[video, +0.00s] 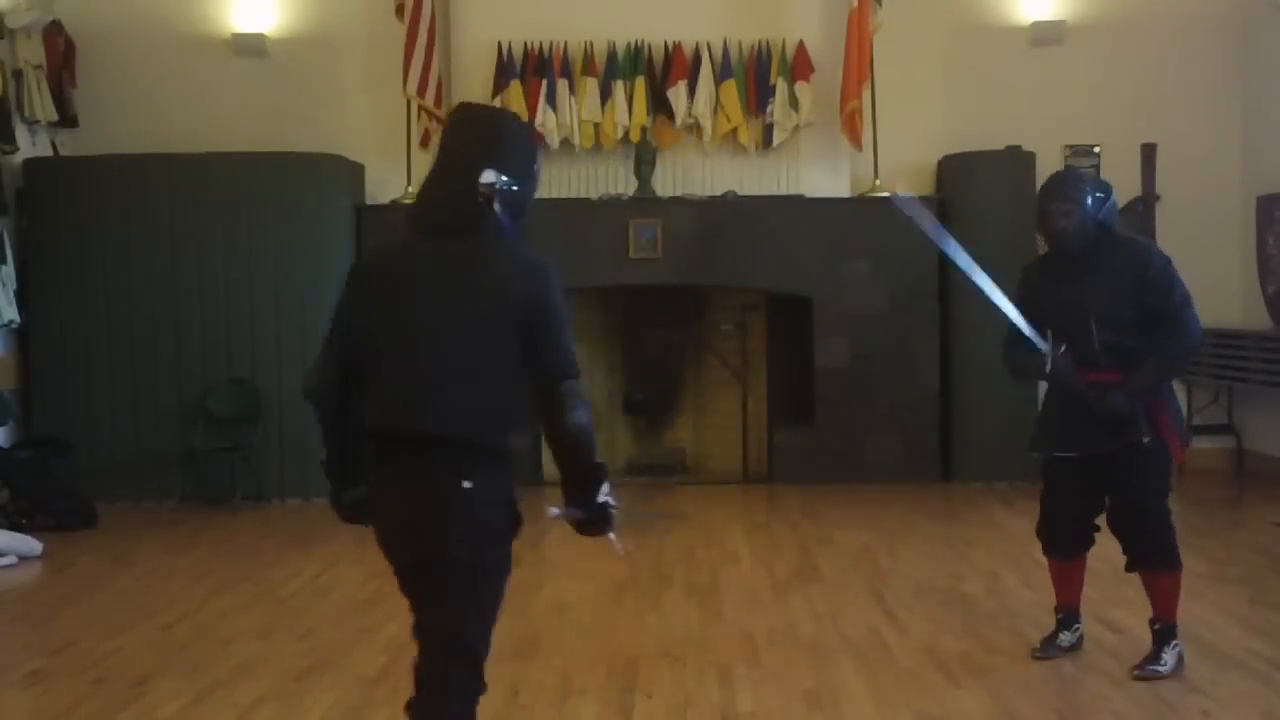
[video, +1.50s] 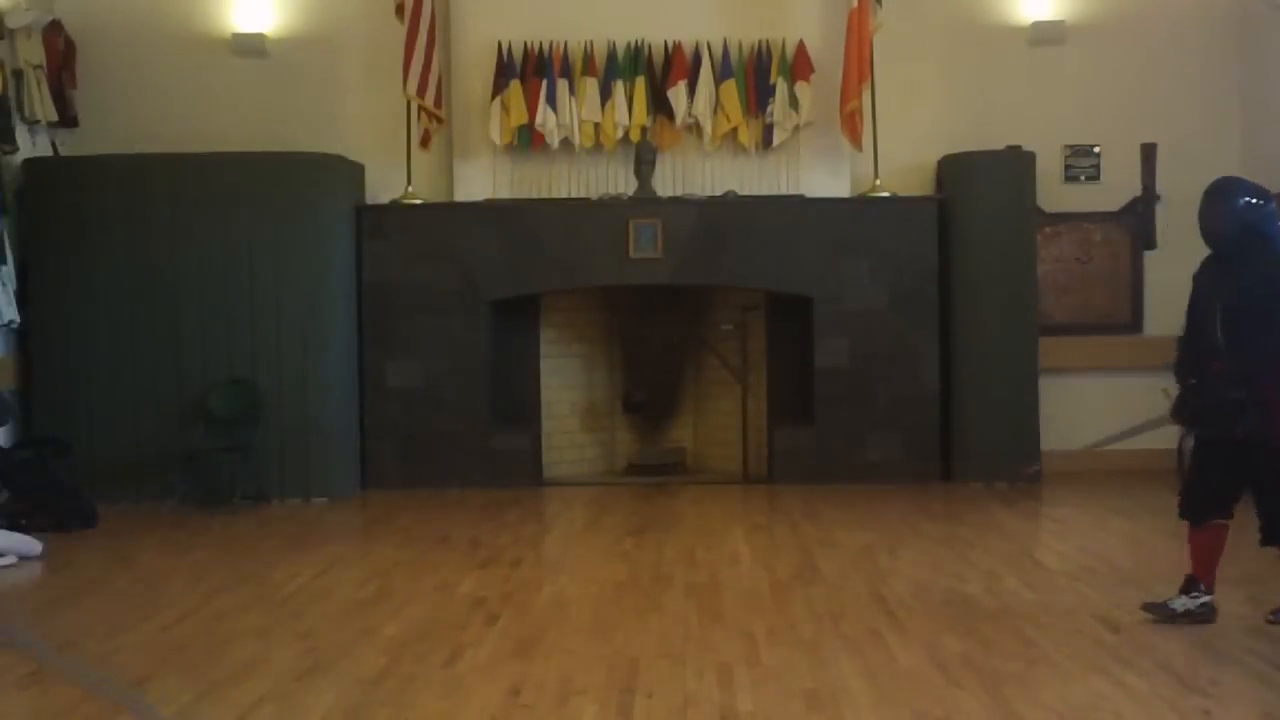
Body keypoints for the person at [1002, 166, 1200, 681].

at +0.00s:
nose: (1050, 225)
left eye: (1061, 214)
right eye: (1045, 214)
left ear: (1094, 213)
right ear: (1040, 217)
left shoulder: (1140, 261)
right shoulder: (1040, 274)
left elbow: (1185, 337)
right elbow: (1017, 357)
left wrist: (1131, 391)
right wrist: (1035, 359)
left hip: (1139, 423)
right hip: (1071, 421)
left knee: (1146, 526)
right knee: (1061, 524)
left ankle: (1166, 640)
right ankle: (1067, 626)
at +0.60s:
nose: (1103, 225)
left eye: (1114, 215)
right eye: (1099, 215)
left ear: (1144, 215)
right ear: (1097, 217)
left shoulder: (1188, 270)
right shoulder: (1092, 271)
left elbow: (1222, 351)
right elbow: (1071, 347)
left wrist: (1157, 393)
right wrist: (1078, 405)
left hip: (1167, 420)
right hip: (1106, 418)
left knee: (1157, 526)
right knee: (1101, 514)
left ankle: (1165, 639)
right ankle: (1131, 585)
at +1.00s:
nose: (1124, 230)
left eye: (1133, 219)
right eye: (1119, 220)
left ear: (1161, 216)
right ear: (1116, 224)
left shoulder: (1205, 267)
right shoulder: (1115, 279)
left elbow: (1223, 345)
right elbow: (1099, 350)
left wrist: (1170, 397)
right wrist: (1097, 402)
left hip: (1195, 415)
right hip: (1134, 415)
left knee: (1198, 512)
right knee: (1125, 512)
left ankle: (1221, 613)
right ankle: (1147, 607)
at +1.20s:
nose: (1145, 230)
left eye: (1152, 219)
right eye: (1144, 221)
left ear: (1180, 217)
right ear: (1153, 224)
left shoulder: (1230, 266)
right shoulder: (1152, 280)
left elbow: (1237, 343)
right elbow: (1137, 346)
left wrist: (1179, 380)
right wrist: (1123, 392)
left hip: (1230, 404)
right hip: (1171, 405)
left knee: (1241, 500)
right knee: (1147, 502)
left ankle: (1279, 577)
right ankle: (1149, 605)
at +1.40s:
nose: (1191, 229)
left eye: (1200, 219)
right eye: (1190, 219)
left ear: (1224, 219)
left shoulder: (1261, 272)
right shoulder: (1198, 276)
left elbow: (1261, 347)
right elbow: (1183, 345)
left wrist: (1206, 396)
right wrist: (1171, 393)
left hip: (1259, 420)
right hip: (1208, 417)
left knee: (1272, 519)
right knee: (1189, 507)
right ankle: (1166, 595)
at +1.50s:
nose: (1208, 225)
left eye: (1215, 215)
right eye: (1206, 215)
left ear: (1239, 214)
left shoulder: (1263, 265)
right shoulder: (1213, 269)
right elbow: (1196, 339)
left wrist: (1195, 398)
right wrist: (1191, 391)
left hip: (1262, 411)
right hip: (1222, 408)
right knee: (1206, 495)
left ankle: (1199, 589)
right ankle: (1198, 590)